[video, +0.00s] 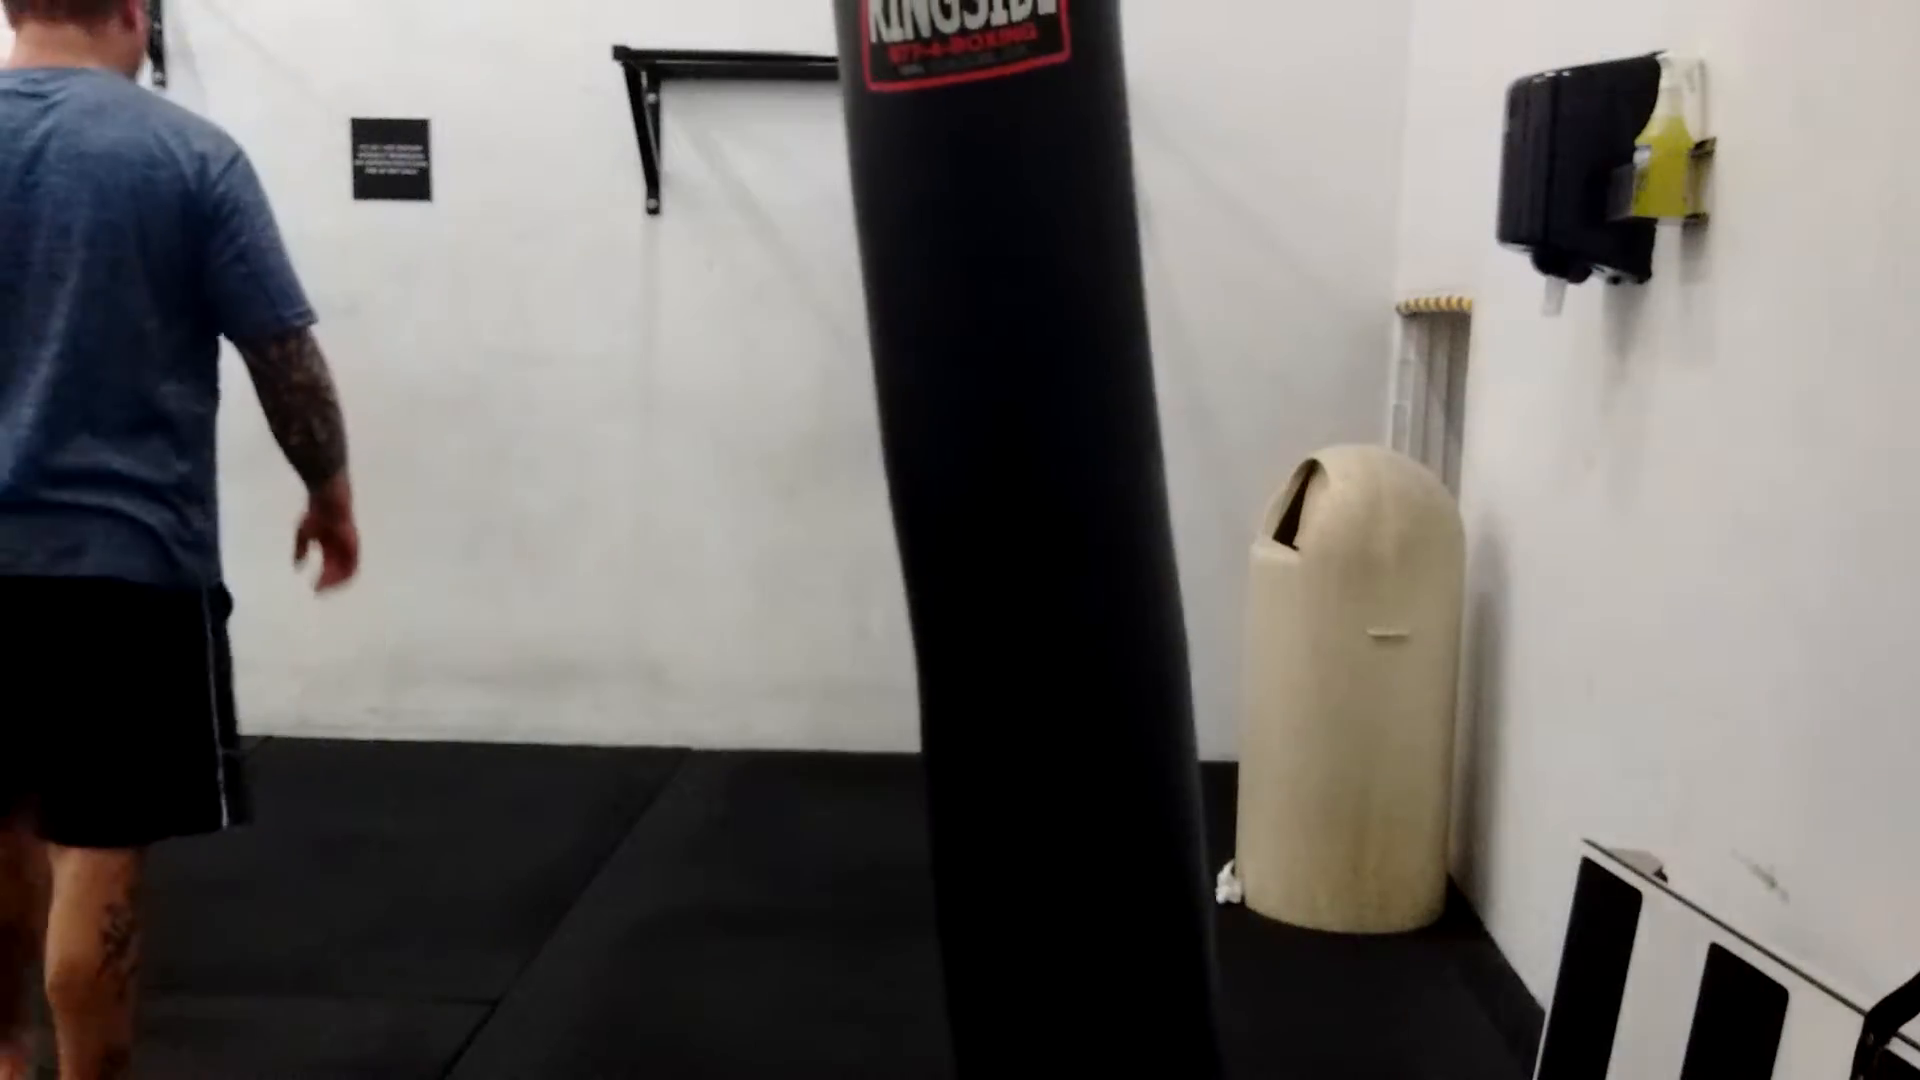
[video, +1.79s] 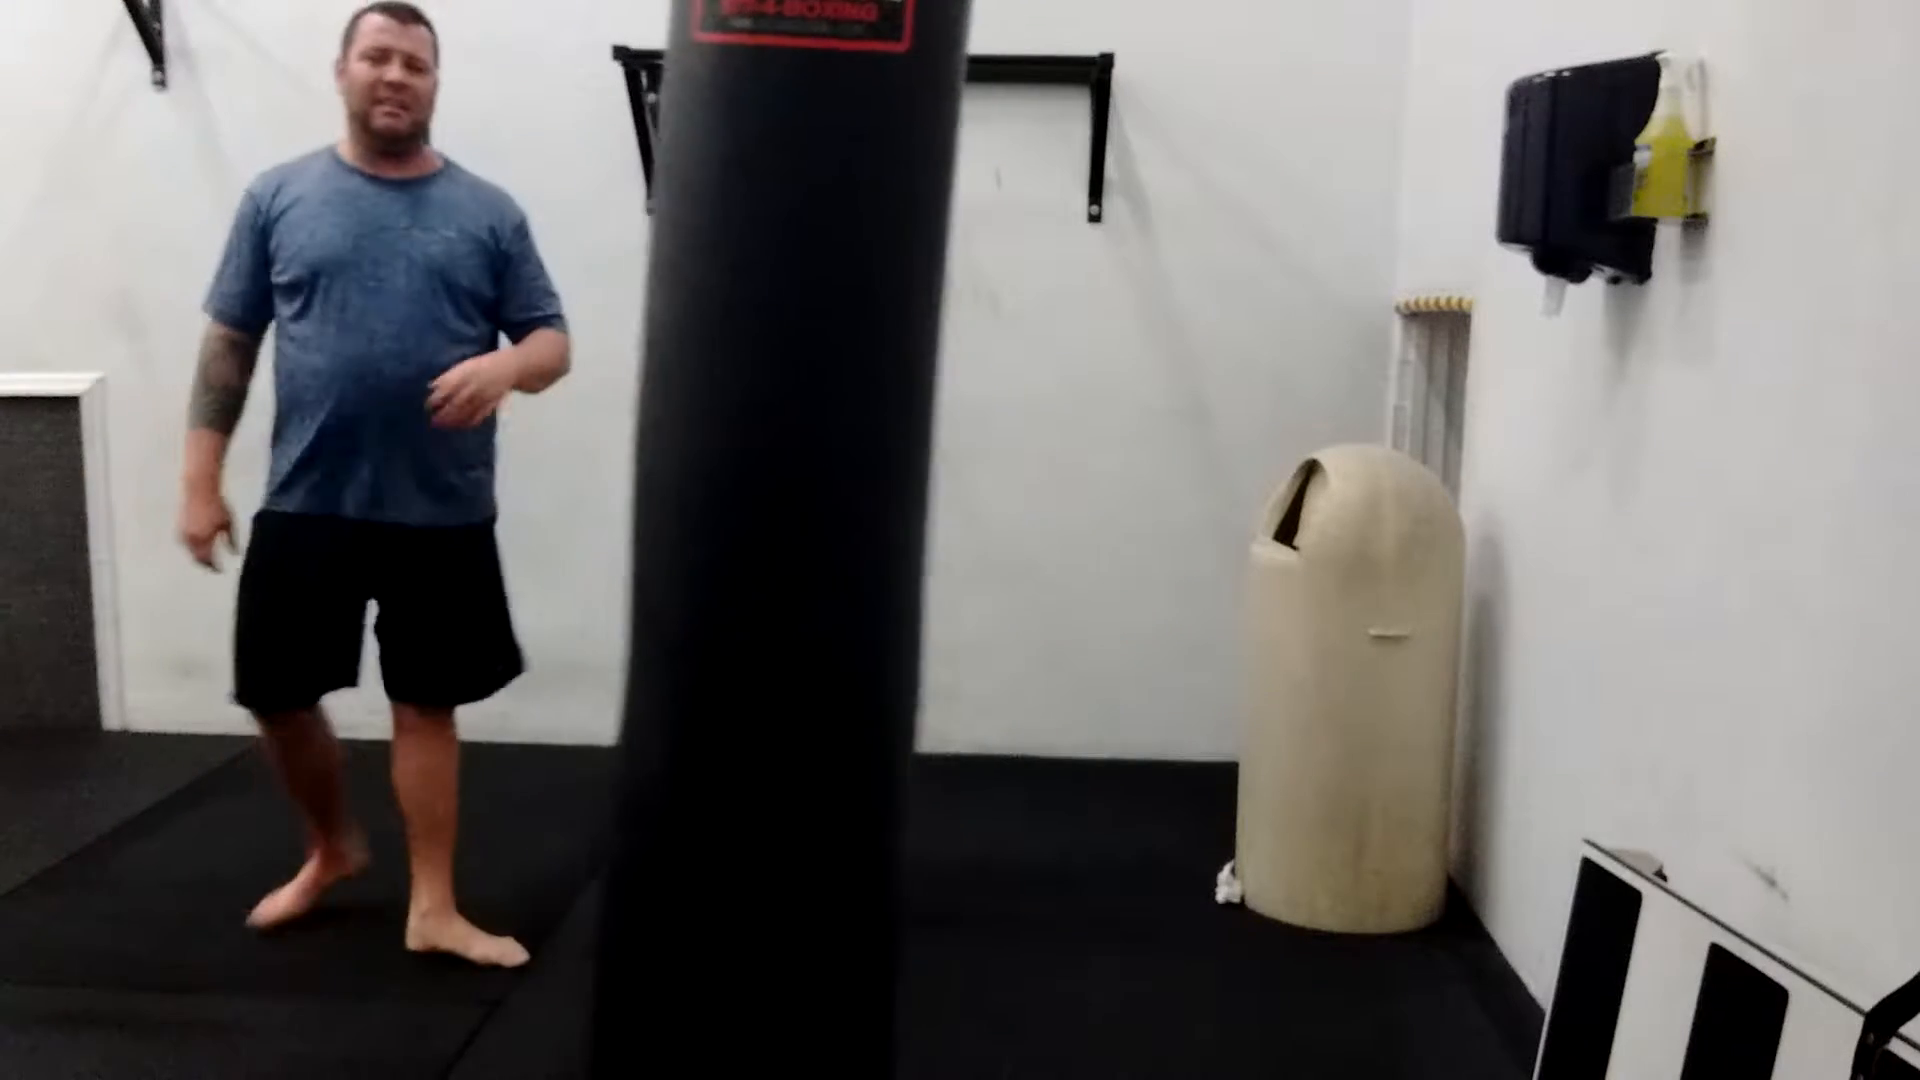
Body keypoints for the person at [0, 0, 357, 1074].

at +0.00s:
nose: (145, 37)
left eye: (142, 27)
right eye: (146, 23)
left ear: (14, 18)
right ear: (132, 18)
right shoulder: (188, 152)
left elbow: (280, 351)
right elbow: (284, 353)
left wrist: (323, 484)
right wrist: (327, 487)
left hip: (1, 546)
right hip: (128, 557)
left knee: (11, 833)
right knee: (101, 847)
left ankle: (14, 1054)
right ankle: (89, 1069)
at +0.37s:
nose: (188, 50)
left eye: (186, 27)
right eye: (179, 26)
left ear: (73, 29)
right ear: (128, 22)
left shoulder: (8, 139)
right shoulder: (147, 166)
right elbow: (225, 367)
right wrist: (294, 515)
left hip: (24, 533)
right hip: (151, 535)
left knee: (44, 771)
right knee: (251, 753)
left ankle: (61, 1028)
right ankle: (146, 1005)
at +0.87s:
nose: (262, 56)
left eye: (262, 34)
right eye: (236, 33)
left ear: (179, 50)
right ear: (162, 46)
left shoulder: (189, 168)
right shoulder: (161, 185)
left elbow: (196, 375)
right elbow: (183, 388)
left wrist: (271, 525)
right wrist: (267, 548)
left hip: (206, 520)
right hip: (196, 528)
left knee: (213, 729)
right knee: (240, 748)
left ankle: (116, 907)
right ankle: (240, 978)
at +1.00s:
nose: (276, 54)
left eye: (283, 34)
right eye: (249, 32)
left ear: (292, 45)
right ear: (182, 45)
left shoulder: (237, 167)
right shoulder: (167, 178)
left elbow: (241, 351)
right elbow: (168, 374)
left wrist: (304, 501)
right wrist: (272, 526)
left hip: (284, 508)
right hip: (207, 521)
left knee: (352, 667)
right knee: (233, 739)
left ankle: (219, 871)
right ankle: (238, 978)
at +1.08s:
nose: (290, 55)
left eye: (300, 37)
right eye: (264, 34)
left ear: (311, 53)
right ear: (201, 50)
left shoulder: (277, 175)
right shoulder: (168, 181)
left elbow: (277, 347)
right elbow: (158, 368)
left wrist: (329, 497)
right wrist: (266, 512)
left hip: (317, 510)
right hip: (215, 525)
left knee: (384, 676)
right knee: (231, 740)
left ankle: (324, 889)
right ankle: (235, 974)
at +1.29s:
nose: (323, 65)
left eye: (337, 46)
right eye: (299, 44)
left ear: (353, 64)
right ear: (249, 59)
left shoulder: (380, 194)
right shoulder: (200, 194)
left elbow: (432, 314)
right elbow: (168, 366)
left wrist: (456, 393)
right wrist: (214, 514)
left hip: (377, 516)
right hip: (264, 525)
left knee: (398, 723)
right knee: (255, 751)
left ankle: (431, 915)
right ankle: (241, 976)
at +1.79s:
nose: (392, 76)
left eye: (412, 64)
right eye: (375, 59)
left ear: (435, 87)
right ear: (340, 75)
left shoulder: (489, 214)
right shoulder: (279, 198)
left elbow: (550, 344)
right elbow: (229, 344)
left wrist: (505, 367)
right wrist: (199, 484)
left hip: (440, 504)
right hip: (309, 500)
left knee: (428, 708)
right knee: (276, 693)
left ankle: (434, 911)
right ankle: (332, 849)